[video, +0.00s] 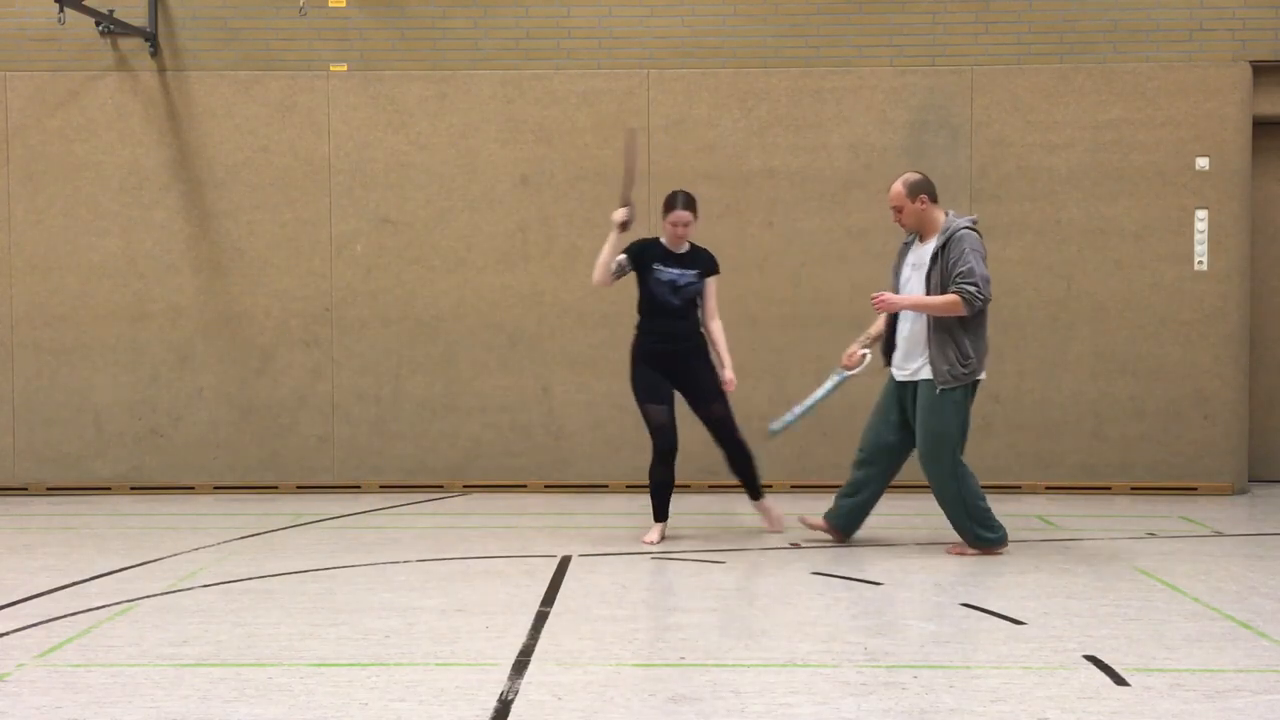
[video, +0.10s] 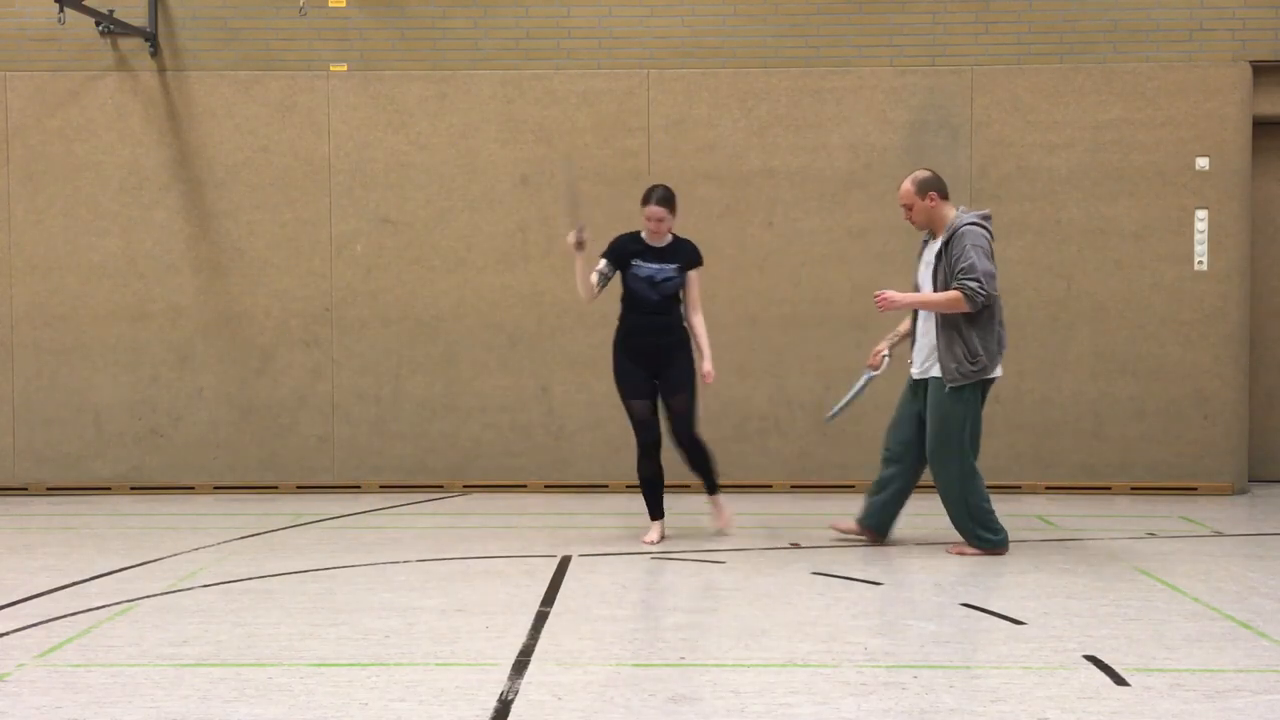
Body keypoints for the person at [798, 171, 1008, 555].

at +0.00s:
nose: (895, 218)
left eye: (899, 210)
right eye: (892, 210)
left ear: (923, 203)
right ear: (917, 205)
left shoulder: (962, 240)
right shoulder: (910, 247)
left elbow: (970, 300)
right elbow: (898, 310)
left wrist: (903, 302)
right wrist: (863, 343)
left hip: (946, 373)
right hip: (906, 373)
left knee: (940, 459)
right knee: (877, 450)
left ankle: (987, 537)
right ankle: (840, 523)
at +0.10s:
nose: (906, 216)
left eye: (909, 207)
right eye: (903, 208)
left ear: (933, 199)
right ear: (929, 201)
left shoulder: (968, 236)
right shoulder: (932, 244)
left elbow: (973, 297)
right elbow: (929, 308)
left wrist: (909, 299)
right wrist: (891, 340)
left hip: (959, 370)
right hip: (928, 369)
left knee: (949, 456)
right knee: (902, 447)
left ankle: (988, 539)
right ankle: (873, 524)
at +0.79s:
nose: (997, 223)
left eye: (998, 215)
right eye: (995, 216)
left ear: (1017, 207)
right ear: (1028, 206)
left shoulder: (1027, 243)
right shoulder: (1071, 235)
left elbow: (1018, 305)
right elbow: (1076, 295)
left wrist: (962, 299)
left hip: (1050, 372)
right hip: (1095, 366)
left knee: (995, 443)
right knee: (1114, 446)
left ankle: (988, 538)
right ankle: (1166, 524)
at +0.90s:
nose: (1018, 221)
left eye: (1018, 212)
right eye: (1015, 213)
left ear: (1038, 206)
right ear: (1053, 204)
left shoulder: (1048, 244)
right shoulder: (1093, 234)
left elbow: (1038, 306)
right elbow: (1098, 296)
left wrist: (985, 298)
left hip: (1070, 373)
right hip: (1115, 367)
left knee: (1017, 446)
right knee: (1125, 449)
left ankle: (992, 537)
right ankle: (1170, 533)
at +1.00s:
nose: (1031, 216)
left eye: (1034, 208)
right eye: (1029, 208)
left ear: (1054, 203)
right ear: (1064, 202)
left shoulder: (1063, 240)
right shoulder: (1107, 230)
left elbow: (1055, 302)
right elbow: (1112, 290)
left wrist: (1002, 293)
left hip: (1088, 371)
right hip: (1131, 364)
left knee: (1037, 441)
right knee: (1133, 448)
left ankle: (1008, 536)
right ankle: (1173, 535)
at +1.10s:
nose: (1042, 211)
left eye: (1044, 203)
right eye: (1040, 204)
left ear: (1065, 198)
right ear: (1073, 197)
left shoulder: (1071, 235)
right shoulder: (1115, 229)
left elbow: (1061, 294)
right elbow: (1118, 285)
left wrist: (1010, 280)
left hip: (1092, 369)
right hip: (1135, 363)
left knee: (1047, 442)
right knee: (1136, 446)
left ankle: (1022, 537)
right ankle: (1173, 534)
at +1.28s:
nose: (1051, 207)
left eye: (1053, 198)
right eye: (1049, 199)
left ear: (1077, 194)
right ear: (1086, 194)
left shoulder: (1080, 234)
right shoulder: (1122, 230)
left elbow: (1047, 285)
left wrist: (1016, 251)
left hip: (1089, 372)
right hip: (1133, 369)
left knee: (1049, 447)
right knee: (1136, 451)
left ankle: (1021, 538)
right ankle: (1173, 534)